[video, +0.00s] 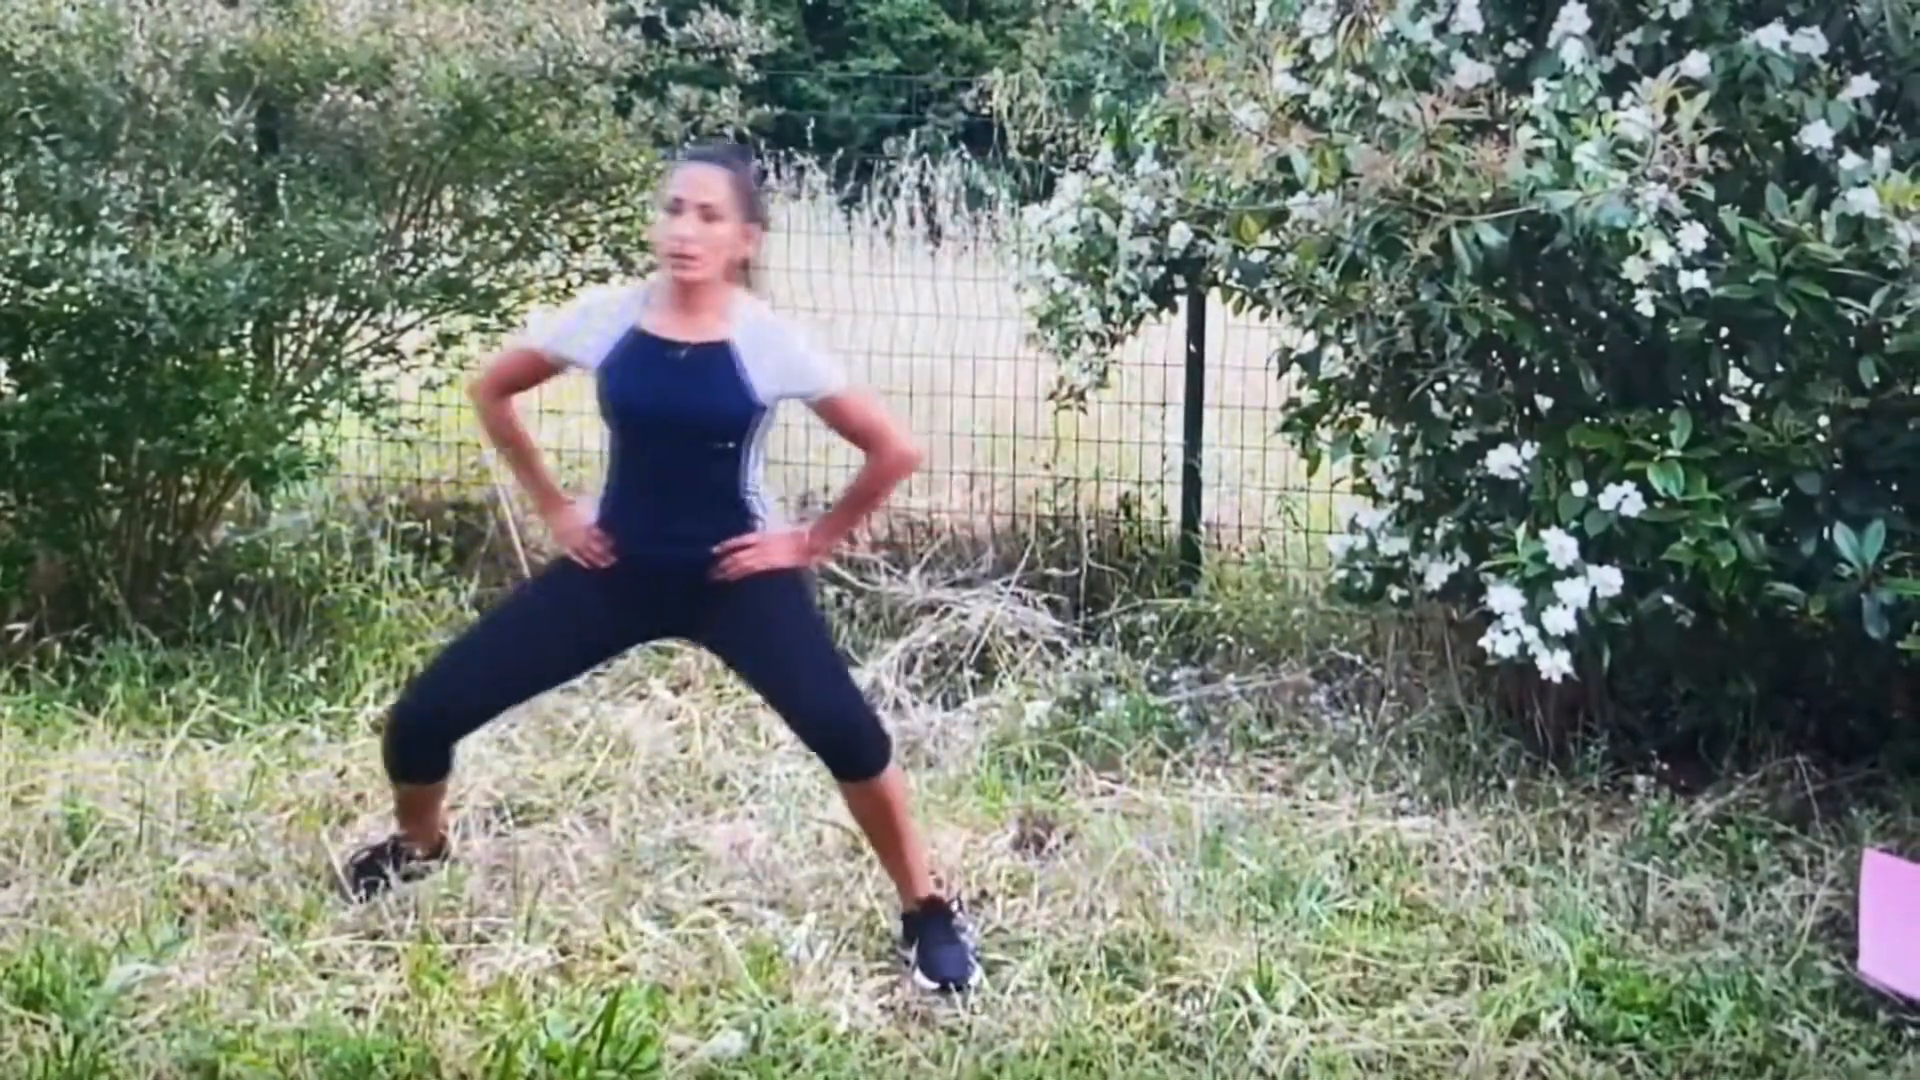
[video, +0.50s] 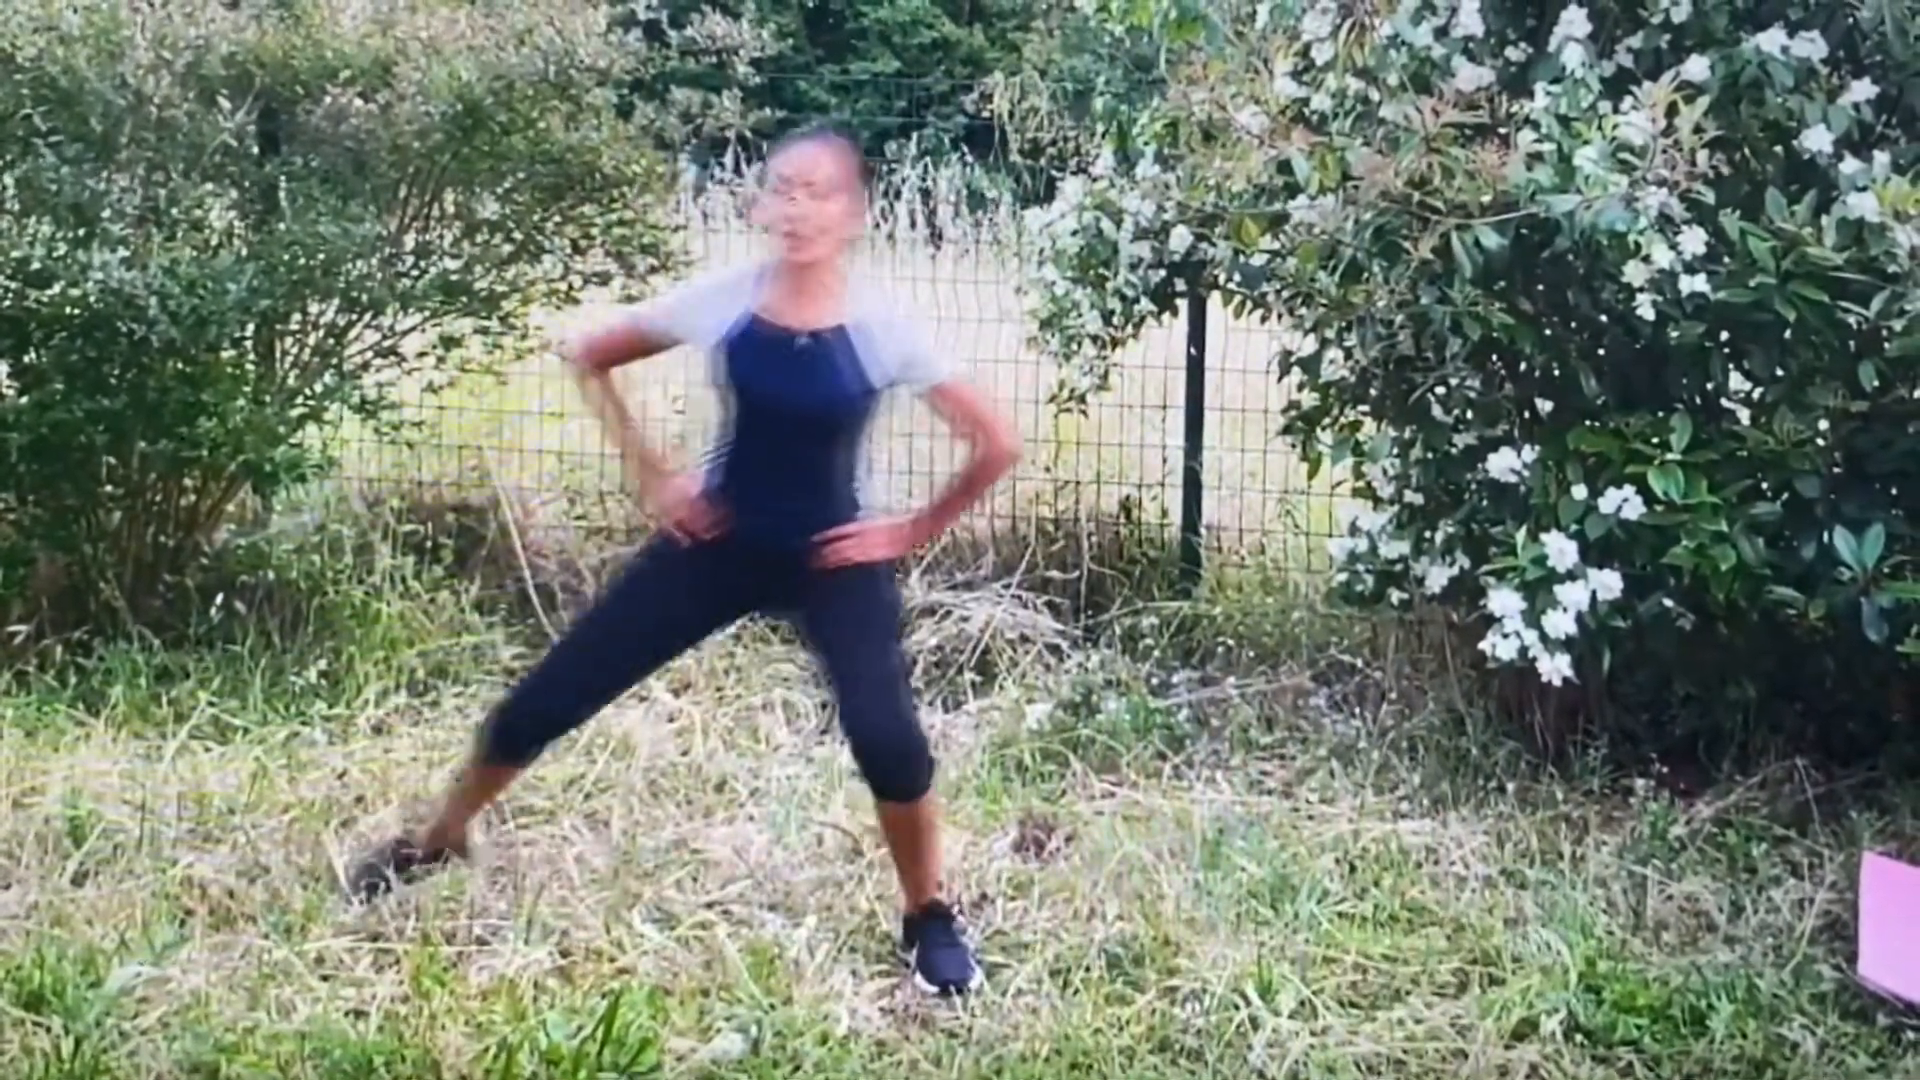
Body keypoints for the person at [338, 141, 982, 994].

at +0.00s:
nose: (683, 230)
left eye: (707, 216)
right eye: (673, 210)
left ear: (747, 241)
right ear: (654, 223)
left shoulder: (770, 342)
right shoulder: (608, 318)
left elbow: (898, 452)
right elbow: (489, 391)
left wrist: (814, 541)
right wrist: (557, 509)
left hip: (740, 584)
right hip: (615, 576)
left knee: (851, 735)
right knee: (417, 723)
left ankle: (924, 907)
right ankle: (418, 848)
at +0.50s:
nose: (796, 209)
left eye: (819, 193)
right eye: (783, 190)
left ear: (857, 215)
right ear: (762, 206)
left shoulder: (881, 328)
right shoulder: (723, 303)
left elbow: (1000, 444)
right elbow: (586, 355)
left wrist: (913, 531)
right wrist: (654, 474)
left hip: (838, 565)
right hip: (717, 550)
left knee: (893, 746)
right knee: (534, 710)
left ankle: (930, 917)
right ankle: (437, 841)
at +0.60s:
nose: (840, 189)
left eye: (864, 175)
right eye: (828, 171)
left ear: (903, 202)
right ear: (806, 189)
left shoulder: (931, 306)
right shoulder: (768, 284)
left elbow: (1041, 435)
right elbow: (638, 339)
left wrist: (955, 523)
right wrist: (703, 457)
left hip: (883, 548)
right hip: (768, 529)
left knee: (901, 740)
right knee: (586, 689)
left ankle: (926, 914)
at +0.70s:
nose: (861, 180)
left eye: (885, 165)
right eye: (848, 162)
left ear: (924, 191)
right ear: (830, 180)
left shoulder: (953, 296)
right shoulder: (792, 277)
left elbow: (1069, 420)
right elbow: (671, 339)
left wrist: (987, 512)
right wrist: (744, 459)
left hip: (919, 540)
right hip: (804, 526)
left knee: (923, 741)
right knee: (675, 692)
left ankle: (930, 917)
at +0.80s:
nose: (869, 171)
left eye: (892, 158)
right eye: (858, 154)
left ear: (930, 188)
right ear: (838, 174)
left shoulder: (967, 287)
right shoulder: (803, 281)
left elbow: (1093, 396)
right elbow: (689, 355)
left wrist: (1018, 496)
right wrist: (772, 472)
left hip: (952, 534)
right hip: (836, 531)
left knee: (986, 738)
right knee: (757, 732)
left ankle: (950, 909)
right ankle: (840, 911)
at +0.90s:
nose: (884, 177)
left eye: (909, 164)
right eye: (872, 160)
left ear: (946, 196)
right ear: (849, 183)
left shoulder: (984, 290)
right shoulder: (821, 292)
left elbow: (1124, 386)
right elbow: (711, 383)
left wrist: (1057, 490)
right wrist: (801, 490)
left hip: (988, 538)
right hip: (868, 545)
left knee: (1084, 705)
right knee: (779, 743)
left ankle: (1064, 867)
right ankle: (844, 917)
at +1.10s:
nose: (966, 235)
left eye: (988, 224)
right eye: (950, 225)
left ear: (1025, 263)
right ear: (927, 263)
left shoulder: (1069, 353)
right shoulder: (908, 367)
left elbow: (1203, 436)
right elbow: (797, 453)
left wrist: (1144, 549)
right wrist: (889, 558)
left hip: (1080, 605)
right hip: (959, 610)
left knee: (1244, 769)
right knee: (816, 781)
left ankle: (1392, 953)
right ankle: (843, 952)